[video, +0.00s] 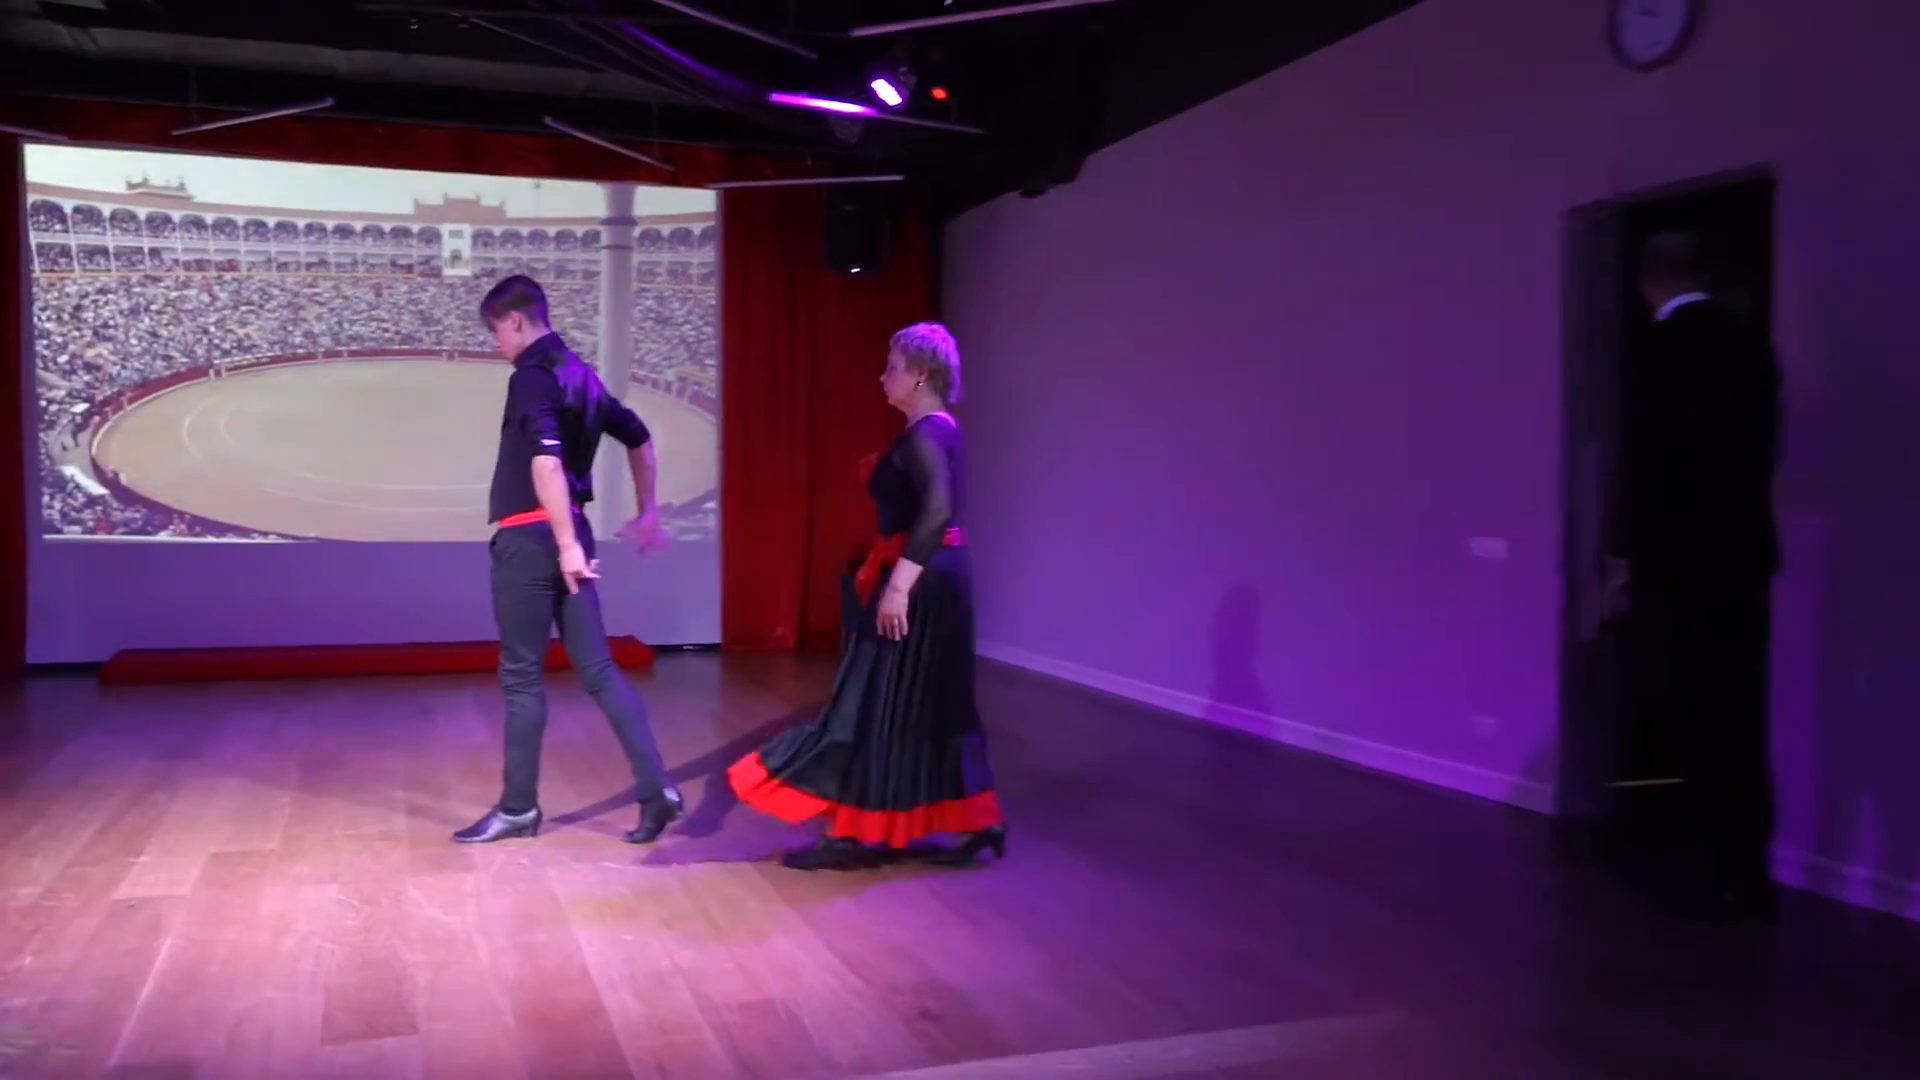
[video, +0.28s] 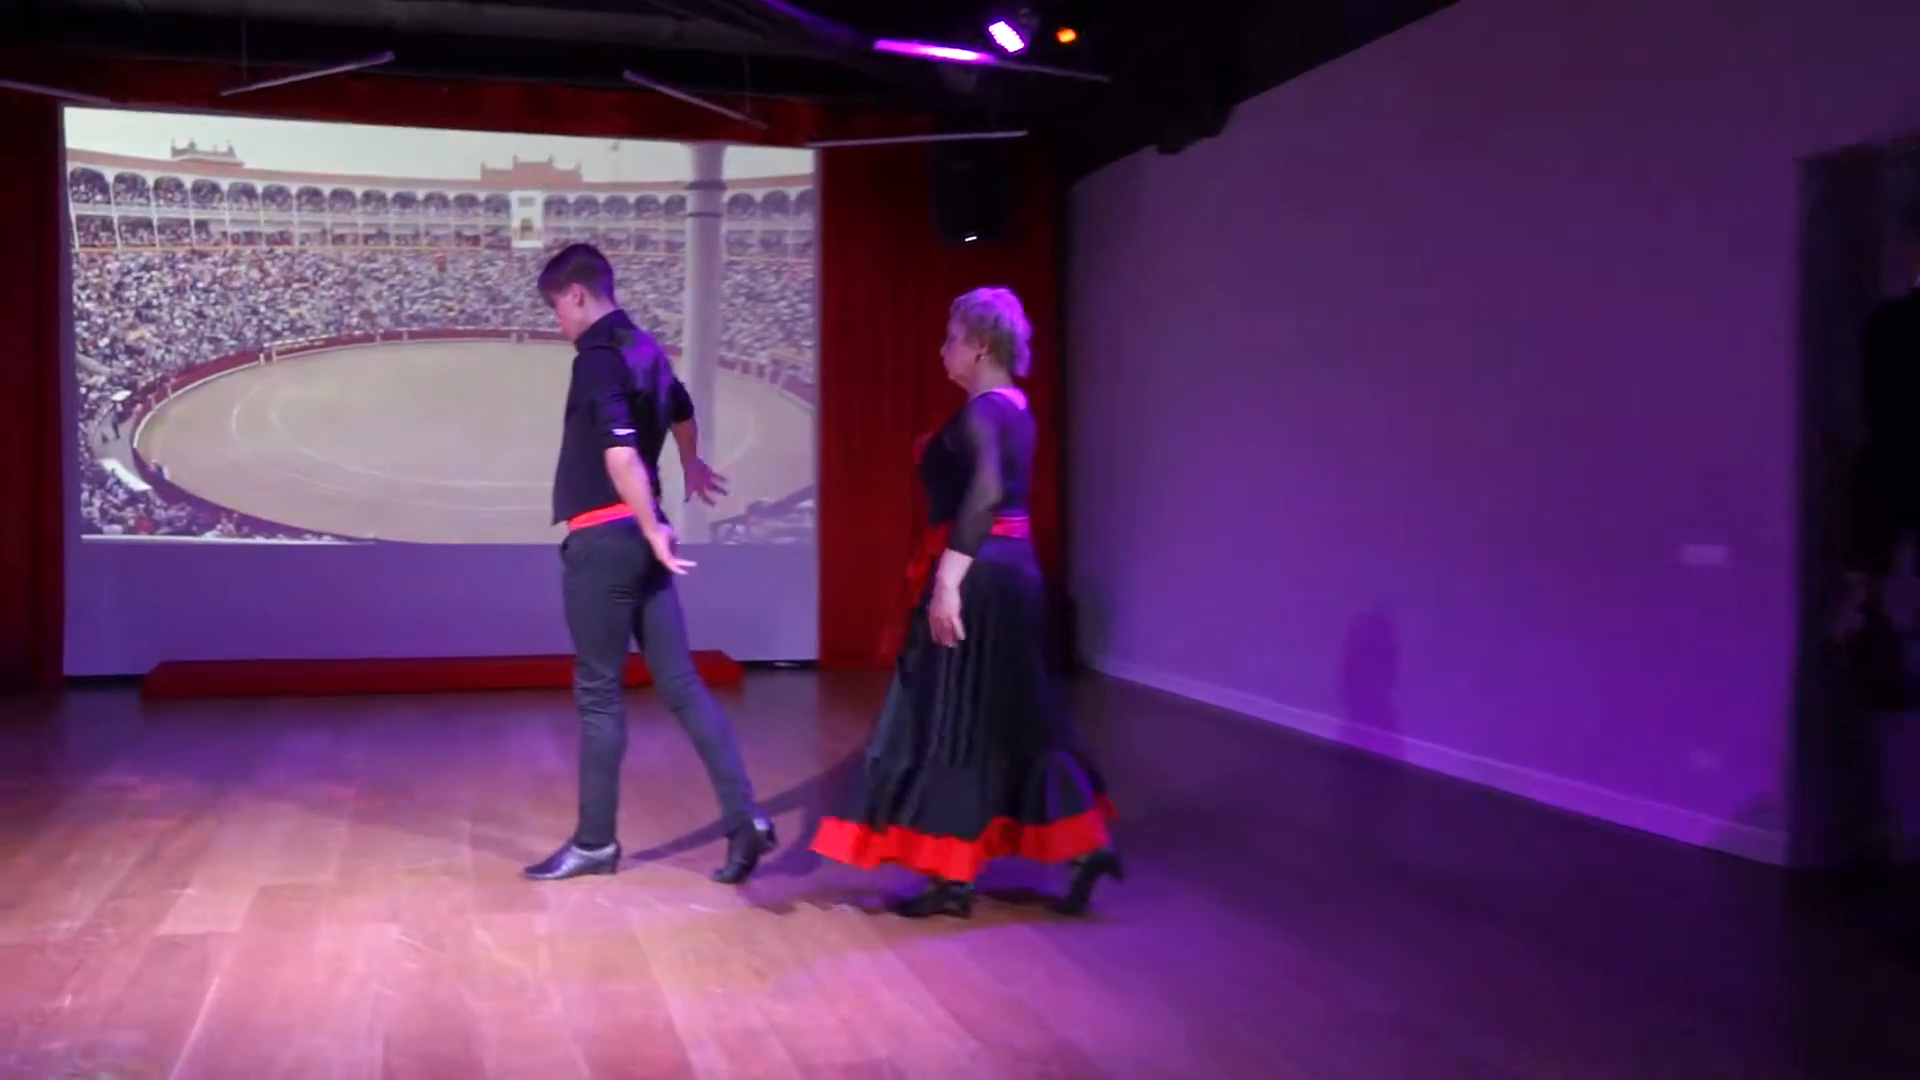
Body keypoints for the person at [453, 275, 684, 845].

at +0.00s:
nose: (495, 342)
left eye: (497, 330)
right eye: (493, 331)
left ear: (521, 320)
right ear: (539, 320)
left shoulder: (532, 375)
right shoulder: (581, 375)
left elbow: (547, 461)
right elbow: (637, 437)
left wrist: (568, 541)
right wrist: (647, 511)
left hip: (524, 540)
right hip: (569, 537)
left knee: (521, 677)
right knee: (598, 668)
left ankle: (518, 807)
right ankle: (657, 790)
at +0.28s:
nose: (555, 320)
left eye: (556, 307)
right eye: (552, 308)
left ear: (580, 295)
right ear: (598, 293)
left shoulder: (598, 355)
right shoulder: (643, 344)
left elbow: (619, 451)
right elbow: (682, 409)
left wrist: (651, 527)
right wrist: (694, 465)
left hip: (601, 543)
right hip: (642, 538)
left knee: (599, 696)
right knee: (680, 684)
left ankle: (595, 841)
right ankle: (746, 821)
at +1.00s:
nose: (694, 274)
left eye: (695, 257)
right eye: (691, 259)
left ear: (725, 244)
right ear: (757, 244)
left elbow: (700, 398)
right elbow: (854, 450)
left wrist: (740, 487)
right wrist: (792, 448)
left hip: (734, 548)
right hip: (802, 541)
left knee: (713, 733)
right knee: (765, 719)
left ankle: (757, 920)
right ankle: (827, 886)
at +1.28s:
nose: (665, 287)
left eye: (666, 268)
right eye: (659, 272)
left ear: (704, 246)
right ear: (723, 247)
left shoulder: (728, 313)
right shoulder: (812, 314)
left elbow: (647, 353)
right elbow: (873, 416)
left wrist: (560, 439)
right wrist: (832, 500)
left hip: (731, 537)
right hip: (780, 536)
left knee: (728, 728)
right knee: (730, 721)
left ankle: (760, 917)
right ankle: (759, 908)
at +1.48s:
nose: (657, 289)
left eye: (658, 268)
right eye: (651, 273)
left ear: (697, 244)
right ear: (712, 246)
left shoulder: (727, 306)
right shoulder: (794, 304)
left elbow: (653, 334)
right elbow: (863, 390)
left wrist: (557, 388)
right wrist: (827, 480)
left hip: (730, 536)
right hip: (780, 531)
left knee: (734, 728)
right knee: (740, 722)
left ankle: (758, 916)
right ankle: (758, 908)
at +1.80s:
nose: (654, 284)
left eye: (653, 270)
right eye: (647, 274)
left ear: (684, 244)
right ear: (707, 240)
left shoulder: (723, 299)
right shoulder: (794, 303)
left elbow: (661, 305)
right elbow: (860, 374)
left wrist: (562, 331)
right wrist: (822, 457)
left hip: (731, 535)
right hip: (785, 530)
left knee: (733, 729)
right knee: (759, 723)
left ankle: (753, 917)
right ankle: (764, 909)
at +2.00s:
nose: (652, 287)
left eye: (649, 274)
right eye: (644, 277)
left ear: (679, 248)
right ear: (702, 242)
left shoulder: (721, 298)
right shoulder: (792, 302)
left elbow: (660, 300)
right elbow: (862, 372)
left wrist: (566, 312)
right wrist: (825, 454)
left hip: (734, 536)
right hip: (790, 531)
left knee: (734, 730)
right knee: (763, 726)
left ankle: (752, 920)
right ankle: (762, 908)